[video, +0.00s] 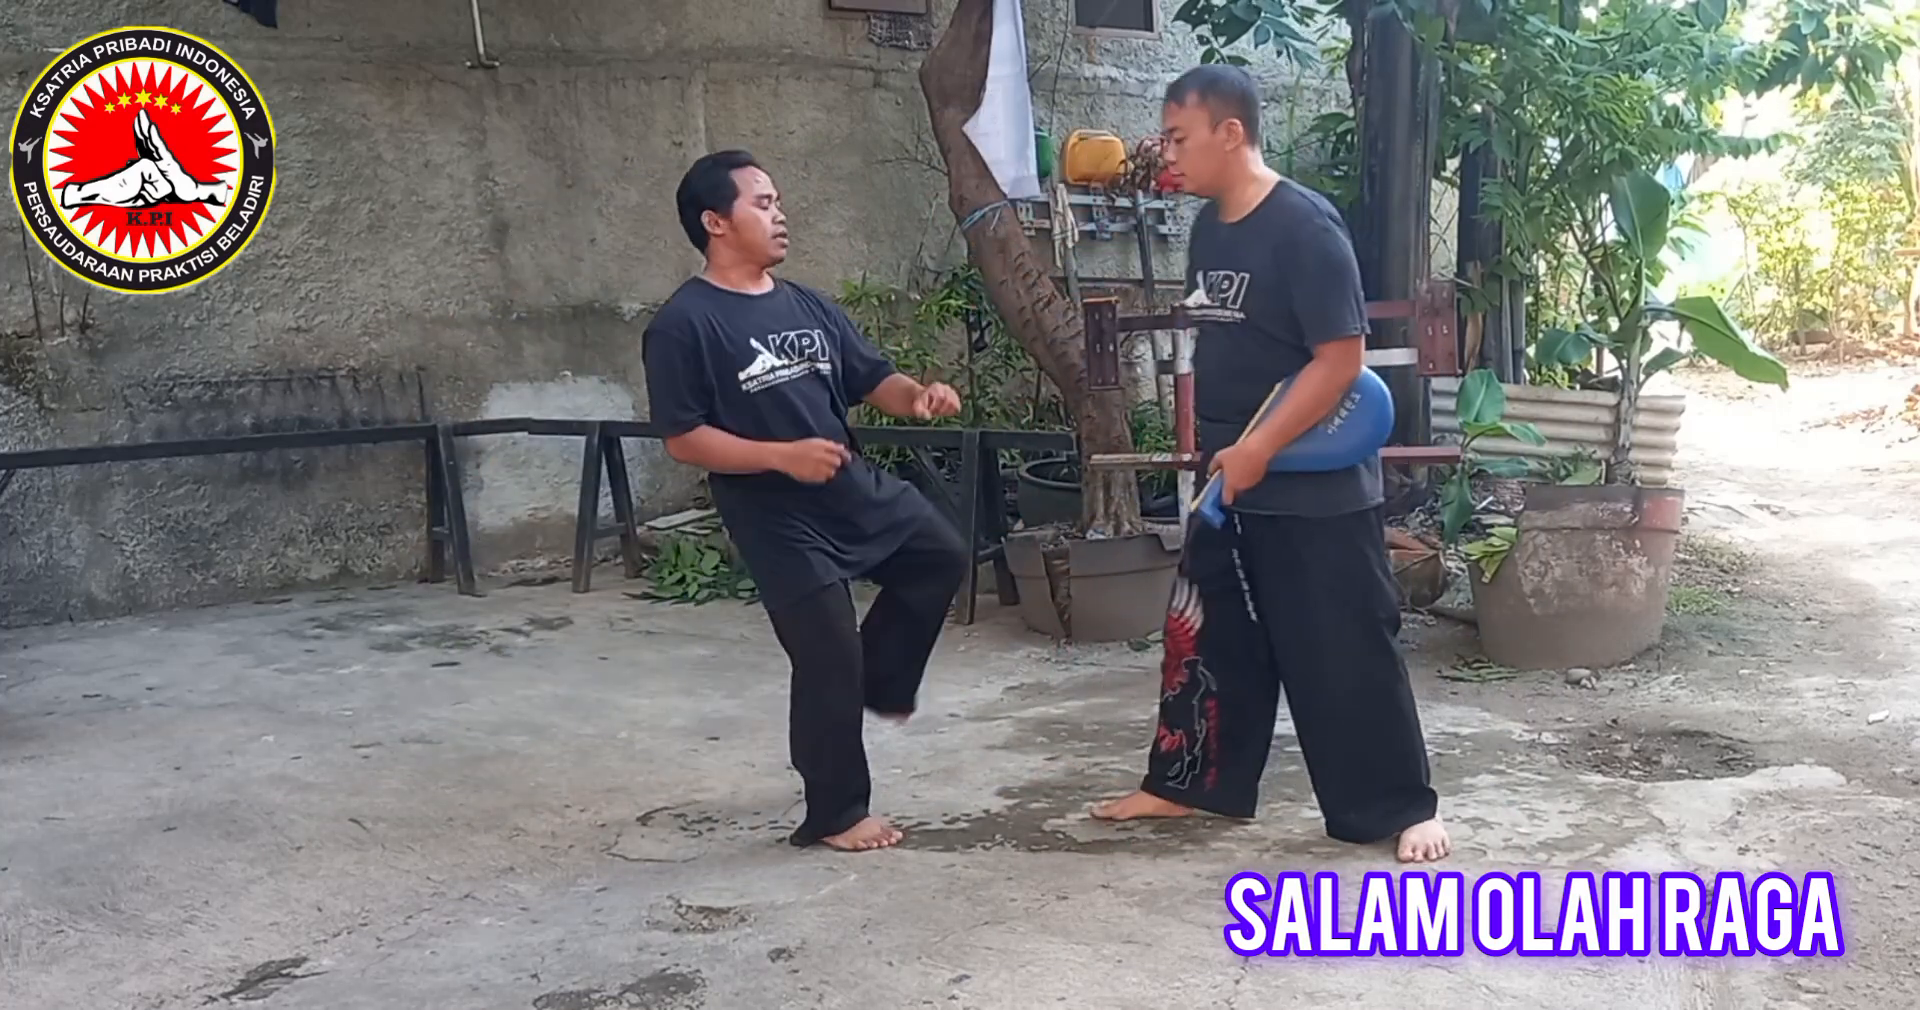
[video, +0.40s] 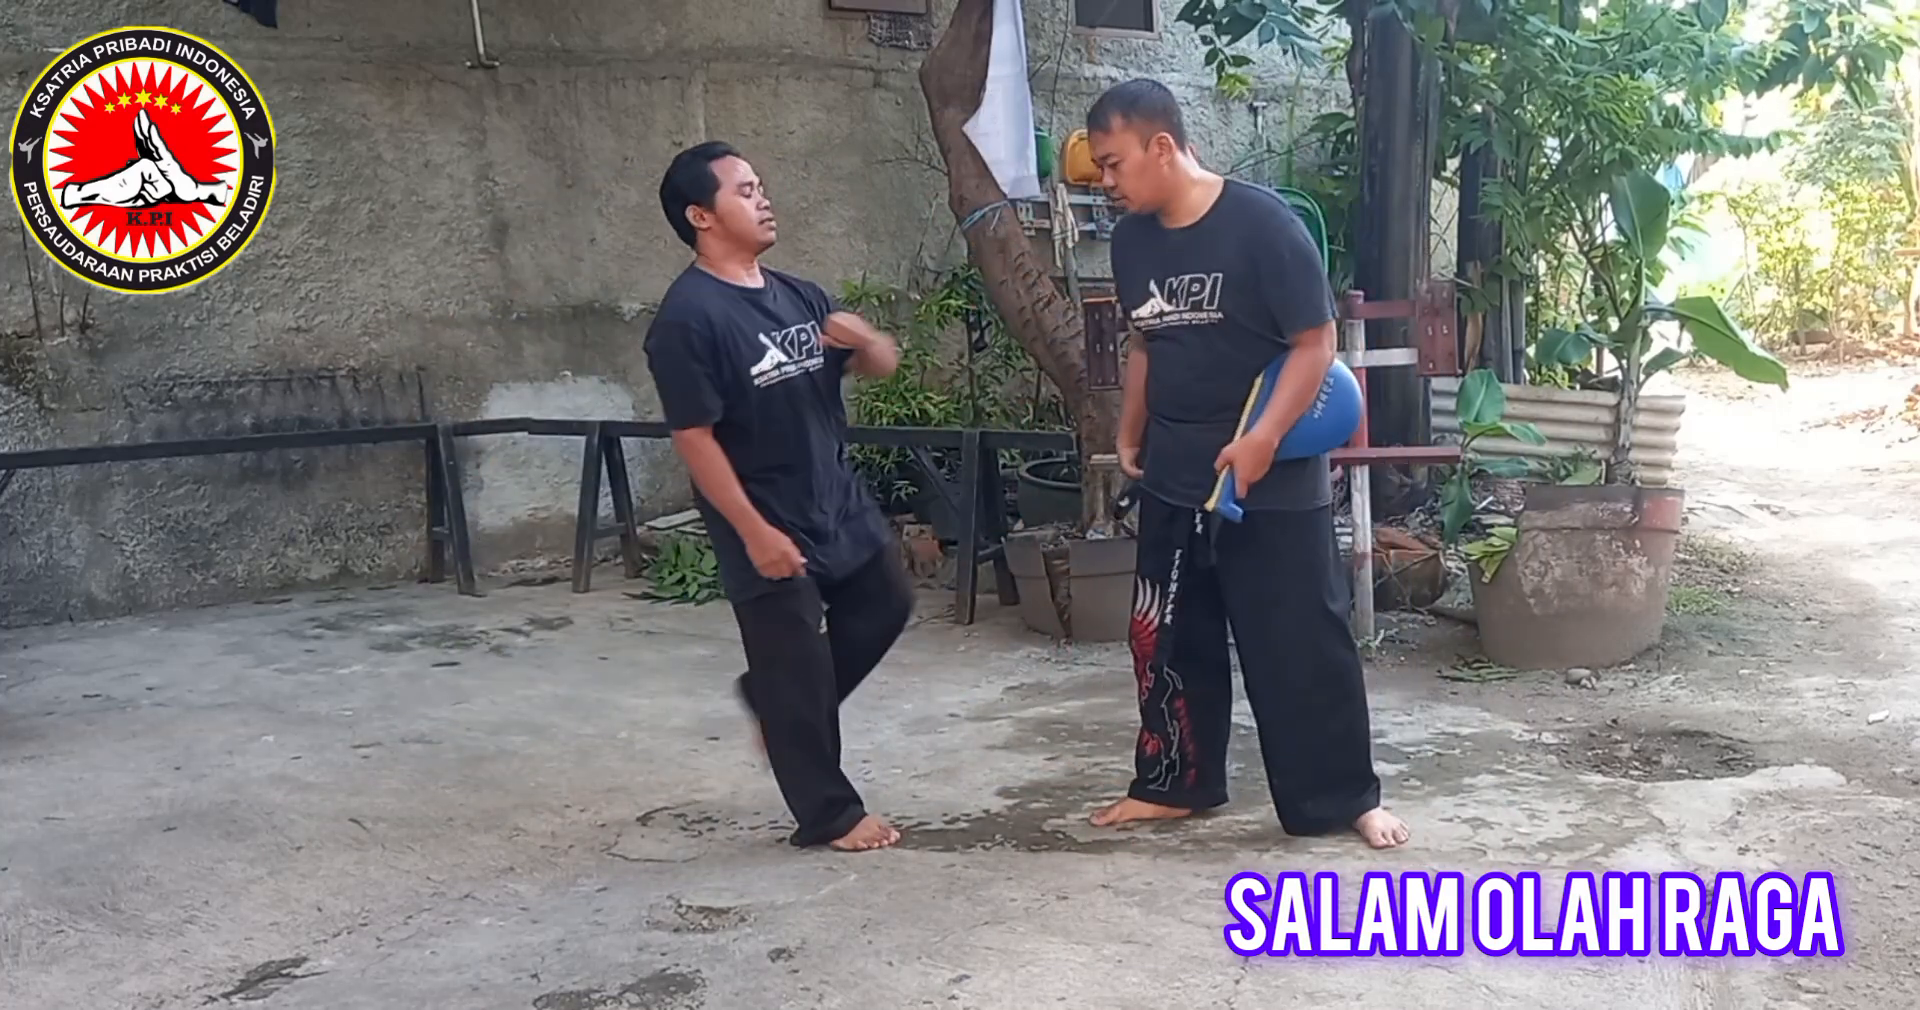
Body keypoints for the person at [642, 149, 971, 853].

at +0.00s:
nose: (780, 215)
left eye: (777, 202)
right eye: (763, 203)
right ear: (716, 223)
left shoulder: (806, 303)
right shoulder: (682, 324)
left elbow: (874, 378)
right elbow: (683, 438)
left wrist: (916, 395)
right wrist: (783, 454)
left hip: (850, 480)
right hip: (773, 508)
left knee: (940, 556)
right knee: (830, 652)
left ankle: (878, 679)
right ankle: (835, 814)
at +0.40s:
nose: (765, 200)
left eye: (760, 188)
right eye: (745, 191)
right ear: (701, 217)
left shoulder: (799, 294)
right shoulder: (685, 317)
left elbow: (881, 364)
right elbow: (694, 440)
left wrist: (867, 340)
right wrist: (756, 532)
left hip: (836, 500)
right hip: (762, 523)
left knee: (884, 608)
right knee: (798, 670)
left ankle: (776, 693)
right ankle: (828, 816)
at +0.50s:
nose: (759, 228)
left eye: (761, 213)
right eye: (743, 218)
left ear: (764, 216)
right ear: (693, 232)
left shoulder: (780, 305)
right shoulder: (662, 326)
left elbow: (843, 408)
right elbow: (651, 440)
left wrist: (824, 347)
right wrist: (698, 527)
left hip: (810, 525)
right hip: (743, 537)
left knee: (791, 659)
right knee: (791, 672)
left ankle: (705, 748)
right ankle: (827, 814)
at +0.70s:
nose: (752, 271)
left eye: (760, 258)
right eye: (741, 255)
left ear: (763, 257)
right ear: (694, 240)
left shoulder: (747, 324)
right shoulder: (634, 314)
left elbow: (806, 398)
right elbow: (584, 409)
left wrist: (790, 311)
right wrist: (610, 499)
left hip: (738, 525)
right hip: (671, 526)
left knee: (707, 658)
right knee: (709, 661)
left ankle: (670, 782)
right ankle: (775, 801)